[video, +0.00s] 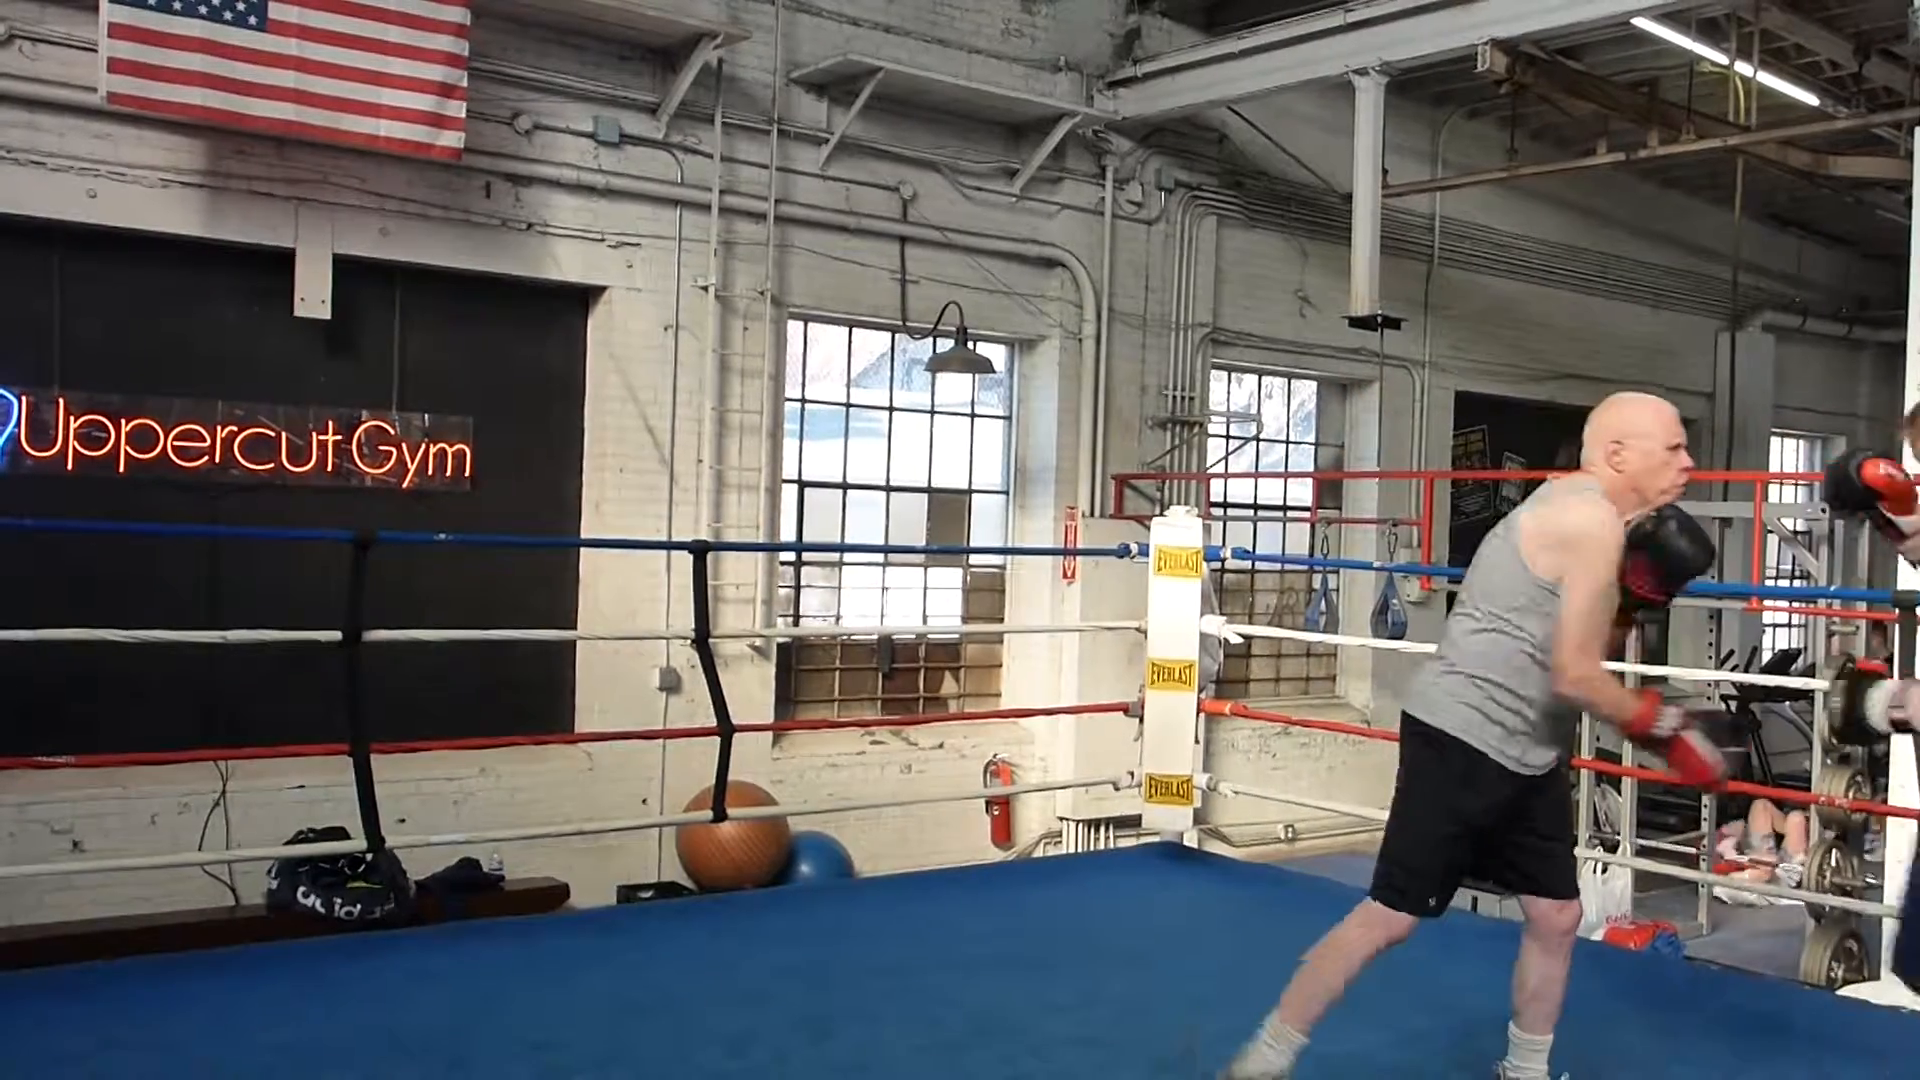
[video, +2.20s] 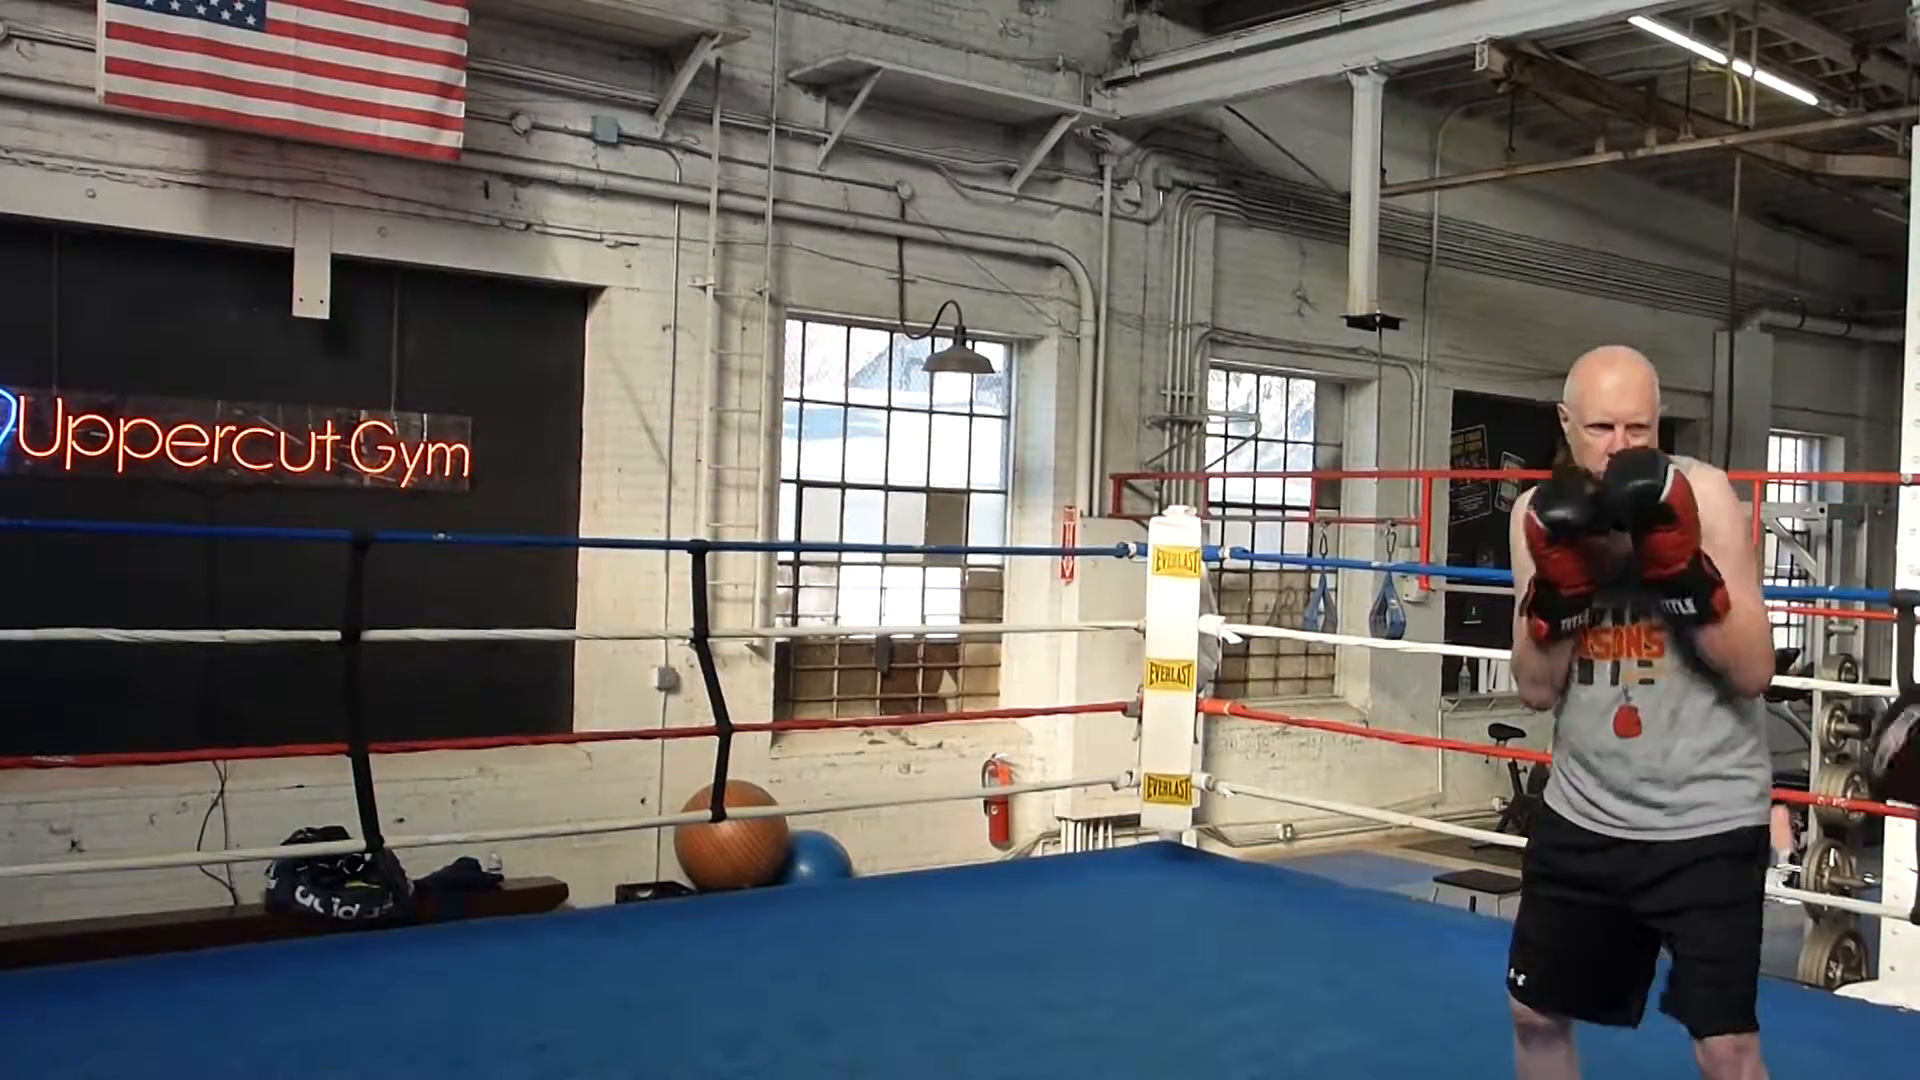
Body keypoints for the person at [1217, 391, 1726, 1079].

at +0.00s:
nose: (1689, 465)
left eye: (1686, 450)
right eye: (1674, 451)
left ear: (1615, 455)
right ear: (1616, 454)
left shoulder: (1573, 504)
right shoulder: (1592, 521)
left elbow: (1570, 647)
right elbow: (1575, 674)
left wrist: (1637, 594)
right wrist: (1662, 726)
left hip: (1528, 751)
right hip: (1461, 734)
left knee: (1555, 915)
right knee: (1392, 913)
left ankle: (1526, 1071)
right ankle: (1261, 1062)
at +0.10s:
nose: (1687, 462)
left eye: (1687, 447)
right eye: (1673, 444)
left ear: (1623, 448)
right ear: (1613, 443)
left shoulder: (1623, 535)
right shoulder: (1554, 505)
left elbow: (1605, 667)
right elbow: (1484, 636)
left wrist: (1647, 599)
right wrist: (1577, 696)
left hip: (1545, 743)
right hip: (1467, 728)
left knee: (1563, 927)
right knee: (1420, 919)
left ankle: (1528, 1071)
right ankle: (1340, 1072)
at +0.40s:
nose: (1642, 447)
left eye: (1644, 432)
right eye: (1626, 429)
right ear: (1567, 424)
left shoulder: (1615, 511)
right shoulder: (1494, 503)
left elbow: (1638, 663)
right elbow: (1492, 668)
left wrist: (1654, 583)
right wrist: (1570, 578)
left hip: (1585, 760)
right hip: (1489, 760)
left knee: (1653, 952)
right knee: (1472, 965)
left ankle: (1577, 1070)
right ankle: (1416, 1075)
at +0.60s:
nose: (1691, 444)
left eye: (1696, 429)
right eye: (1675, 425)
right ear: (1612, 417)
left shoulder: (1669, 509)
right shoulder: (1538, 491)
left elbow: (1688, 666)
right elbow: (1528, 660)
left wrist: (1711, 581)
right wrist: (1610, 578)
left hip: (1626, 779)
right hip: (1519, 771)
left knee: (1663, 979)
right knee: (1472, 976)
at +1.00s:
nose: (1727, 431)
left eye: (1740, 415)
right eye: (1710, 410)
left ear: (1749, 416)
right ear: (1655, 399)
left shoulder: (1752, 499)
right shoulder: (1588, 476)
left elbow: (1774, 661)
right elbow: (1571, 648)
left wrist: (1761, 566)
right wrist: (1634, 566)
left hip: (1712, 789)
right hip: (1585, 781)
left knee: (1719, 1009)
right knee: (1577, 992)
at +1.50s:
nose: (1700, 441)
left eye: (1717, 423)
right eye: (1680, 420)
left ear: (1735, 425)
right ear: (1637, 418)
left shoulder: (1773, 500)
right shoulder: (1592, 503)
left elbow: (1870, 669)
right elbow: (1579, 684)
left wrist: (1792, 582)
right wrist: (1614, 600)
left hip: (1757, 809)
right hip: (1629, 804)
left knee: (1747, 1045)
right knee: (1591, 1016)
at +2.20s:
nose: (1622, 445)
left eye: (1639, 426)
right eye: (1603, 427)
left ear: (1661, 423)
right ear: (1568, 425)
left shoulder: (1703, 491)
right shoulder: (1538, 513)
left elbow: (1752, 670)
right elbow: (1537, 688)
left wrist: (1678, 574)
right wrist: (1556, 597)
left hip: (1710, 812)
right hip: (1584, 807)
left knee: (1723, 1041)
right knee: (1534, 1012)